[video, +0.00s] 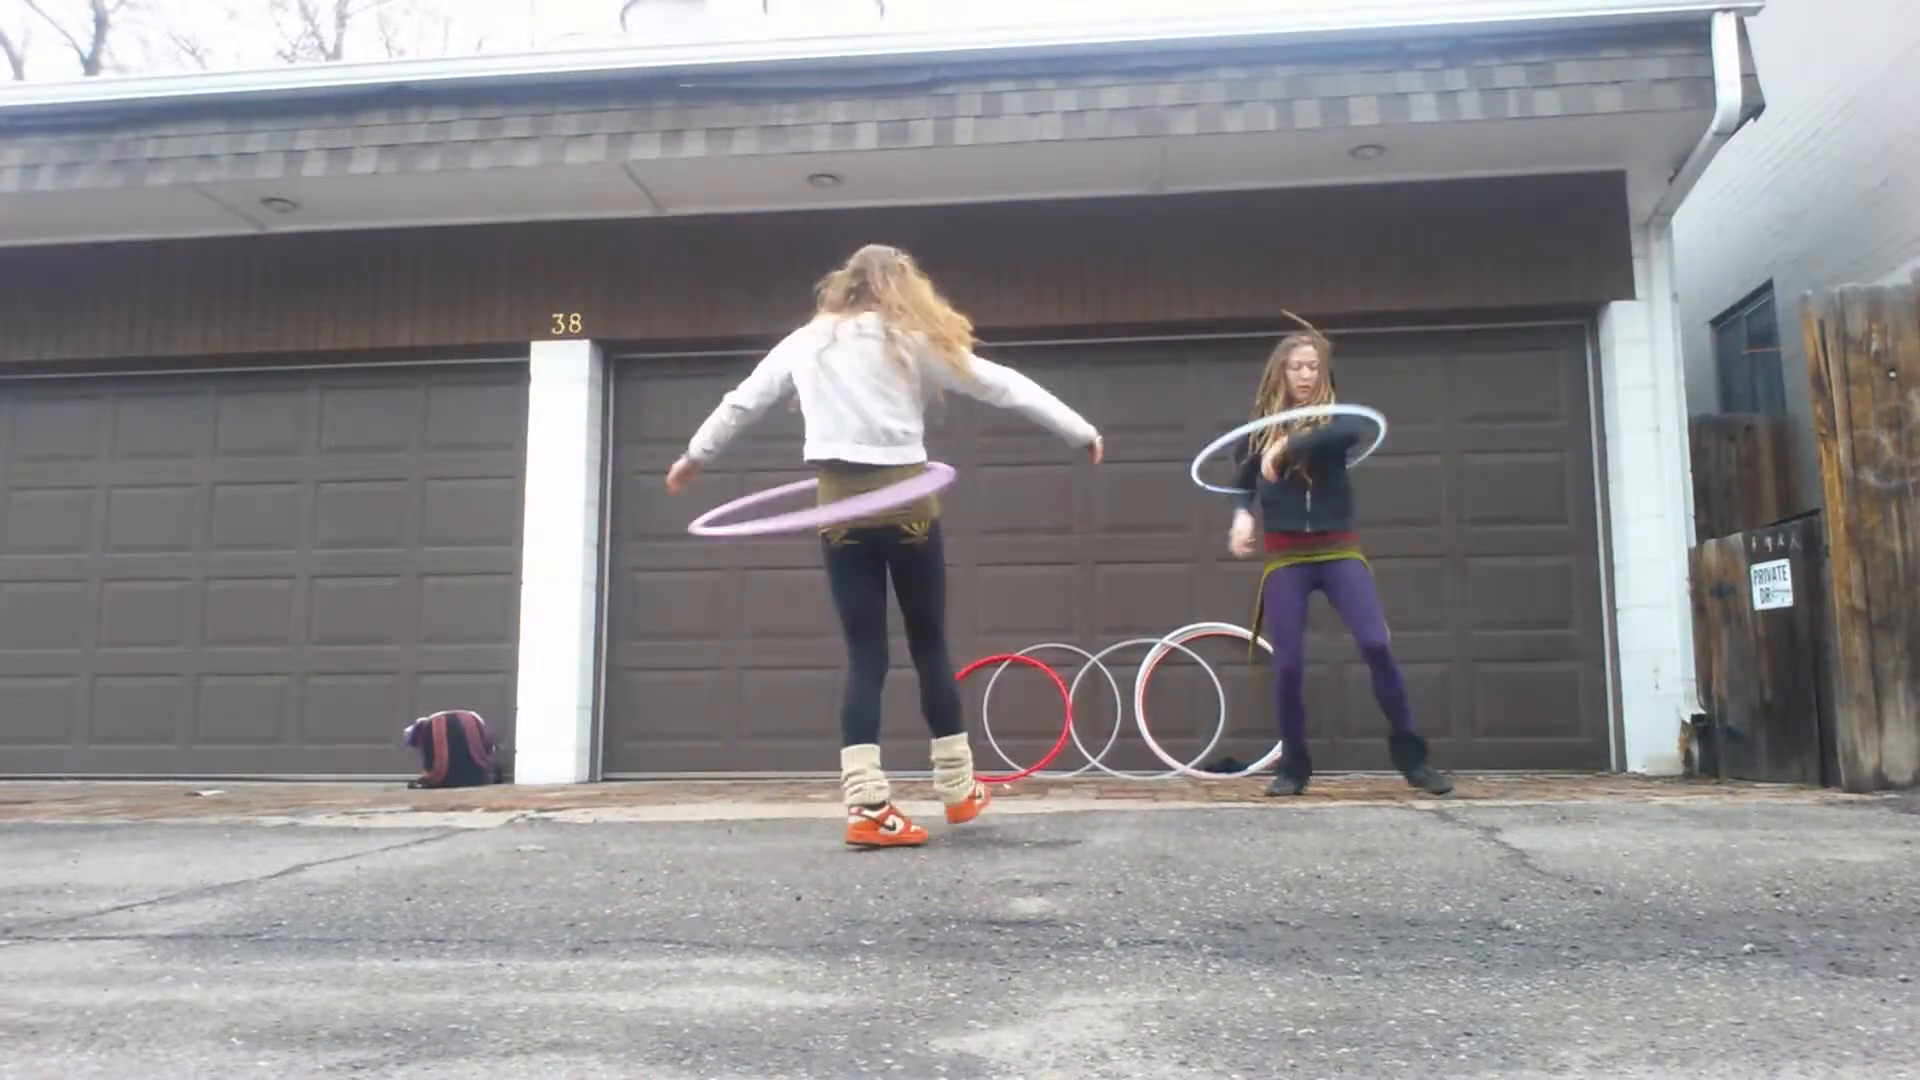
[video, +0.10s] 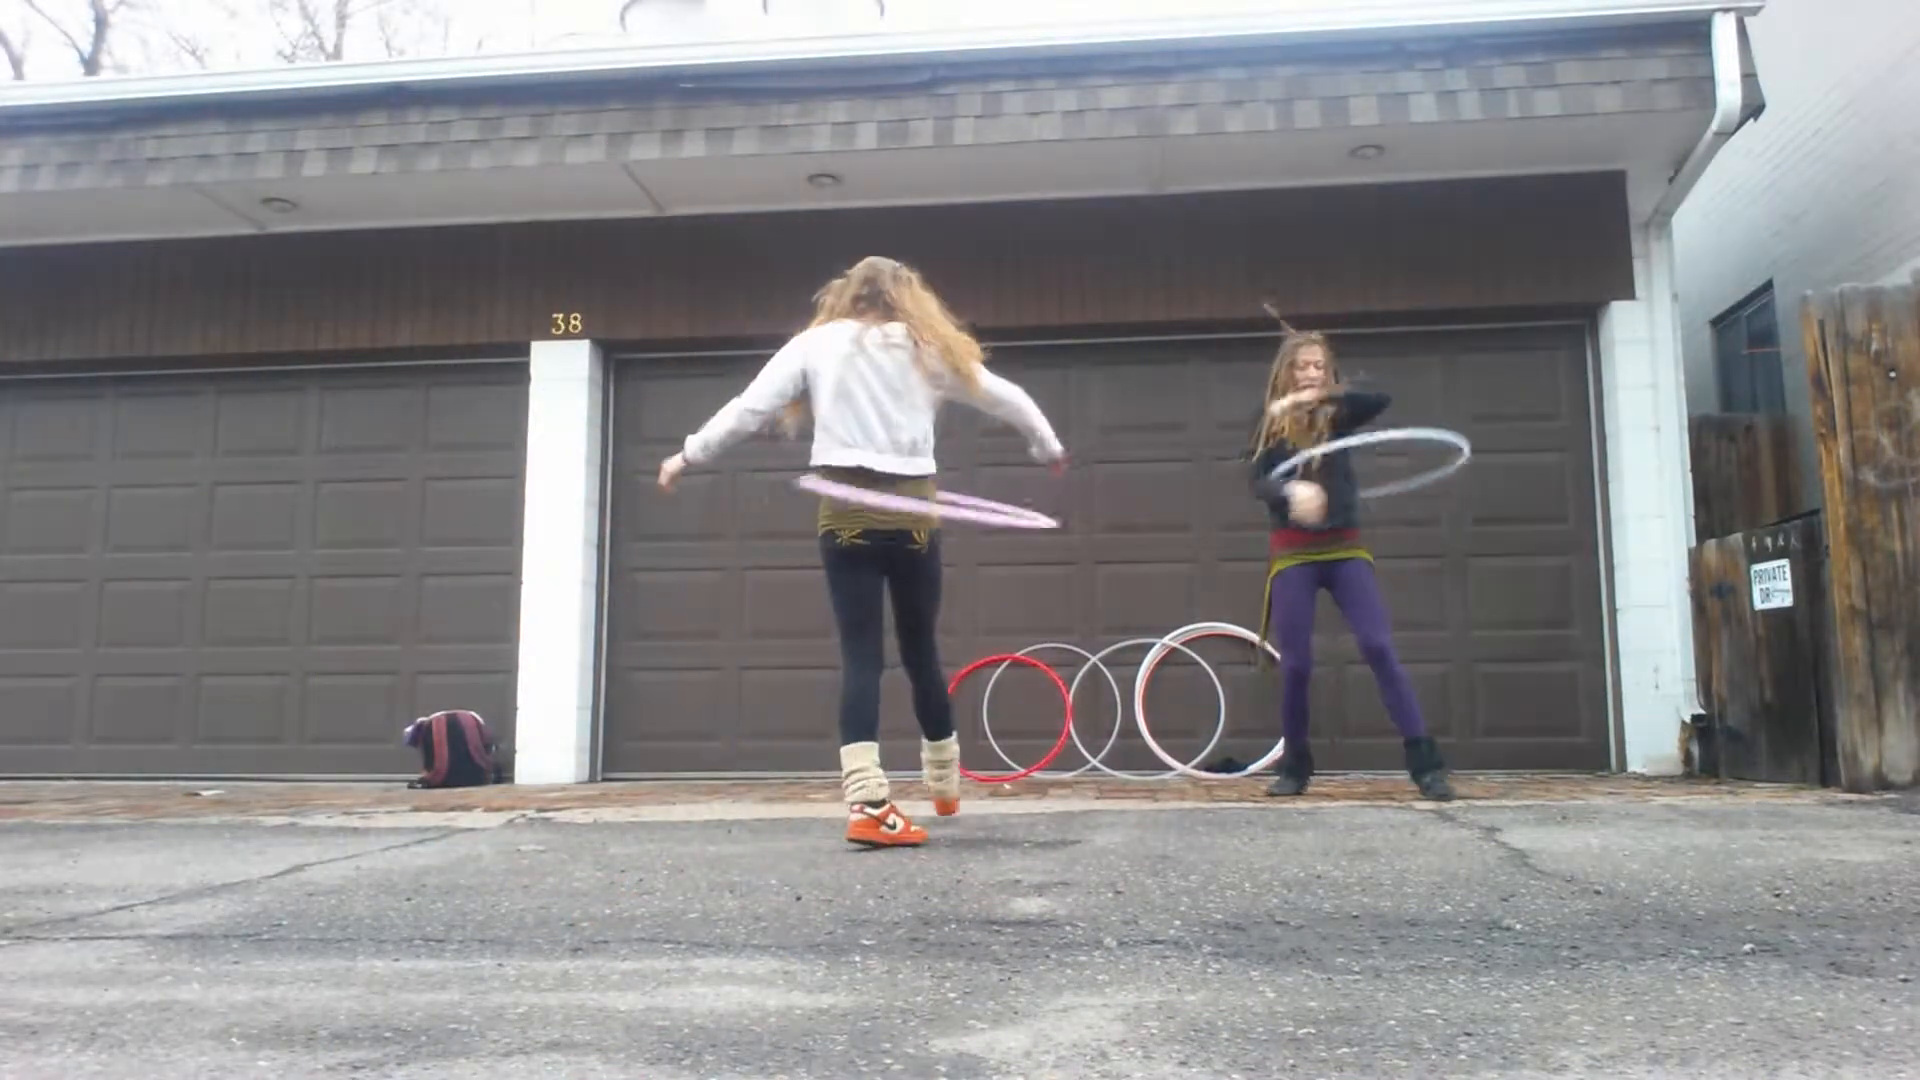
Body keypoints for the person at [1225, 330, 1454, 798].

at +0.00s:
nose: (1305, 376)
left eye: (1313, 368)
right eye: (1297, 367)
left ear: (1323, 373)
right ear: (1281, 372)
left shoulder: (1339, 417)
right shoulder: (1261, 425)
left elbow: (1344, 432)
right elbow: (1244, 481)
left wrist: (1289, 447)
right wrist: (1243, 513)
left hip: (1339, 550)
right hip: (1284, 555)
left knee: (1377, 644)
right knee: (1287, 662)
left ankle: (1411, 757)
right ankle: (1294, 766)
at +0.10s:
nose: (1312, 375)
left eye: (1320, 368)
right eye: (1303, 368)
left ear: (1329, 374)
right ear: (1287, 375)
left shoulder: (1339, 417)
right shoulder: (1274, 423)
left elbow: (1379, 401)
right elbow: (1260, 480)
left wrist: (1328, 396)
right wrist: (1291, 492)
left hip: (1344, 547)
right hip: (1293, 552)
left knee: (1378, 647)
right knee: (1296, 662)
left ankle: (1425, 763)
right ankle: (1294, 765)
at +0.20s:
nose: (1323, 373)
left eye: (1330, 365)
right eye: (1315, 365)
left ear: (1339, 370)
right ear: (1299, 372)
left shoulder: (1357, 416)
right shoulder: (1286, 421)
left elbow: (1415, 392)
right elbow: (1288, 453)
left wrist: (1382, 398)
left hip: (1358, 542)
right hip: (1304, 546)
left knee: (1383, 646)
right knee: (1303, 660)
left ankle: (1425, 764)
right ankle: (1297, 763)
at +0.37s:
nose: (1353, 365)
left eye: (1358, 358)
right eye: (1343, 358)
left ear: (1368, 365)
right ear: (1320, 365)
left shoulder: (1376, 413)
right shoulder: (1305, 408)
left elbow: (1398, 474)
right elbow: (1338, 394)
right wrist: (1396, 362)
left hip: (1388, 538)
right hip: (1333, 540)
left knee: (1406, 644)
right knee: (1320, 654)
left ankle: (1424, 762)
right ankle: (1290, 757)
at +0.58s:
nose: (1387, 370)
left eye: (1394, 361)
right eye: (1378, 361)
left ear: (1403, 367)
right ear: (1360, 368)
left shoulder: (1418, 416)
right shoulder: (1343, 415)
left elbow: (1445, 465)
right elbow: (1306, 408)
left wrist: (1456, 501)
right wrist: (1338, 364)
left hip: (1431, 541)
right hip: (1373, 543)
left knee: (1440, 651)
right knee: (1373, 655)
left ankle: (1432, 769)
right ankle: (1335, 752)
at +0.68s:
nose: (1404, 371)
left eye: (1412, 363)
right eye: (1395, 362)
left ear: (1422, 367)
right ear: (1377, 365)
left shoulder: (1431, 410)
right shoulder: (1357, 407)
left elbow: (1450, 455)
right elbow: (1299, 447)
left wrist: (1396, 452)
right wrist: (1293, 427)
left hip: (1443, 542)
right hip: (1387, 542)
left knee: (1448, 653)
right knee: (1412, 636)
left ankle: (1435, 770)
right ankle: (1386, 753)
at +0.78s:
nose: (1423, 369)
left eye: (1430, 361)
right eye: (1414, 360)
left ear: (1437, 364)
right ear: (1394, 362)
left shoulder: (1444, 409)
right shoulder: (1367, 415)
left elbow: (1437, 431)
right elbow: (1326, 468)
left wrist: (1369, 423)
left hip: (1454, 538)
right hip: (1401, 541)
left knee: (1456, 641)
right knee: (1449, 626)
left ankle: (1440, 763)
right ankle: (1431, 756)